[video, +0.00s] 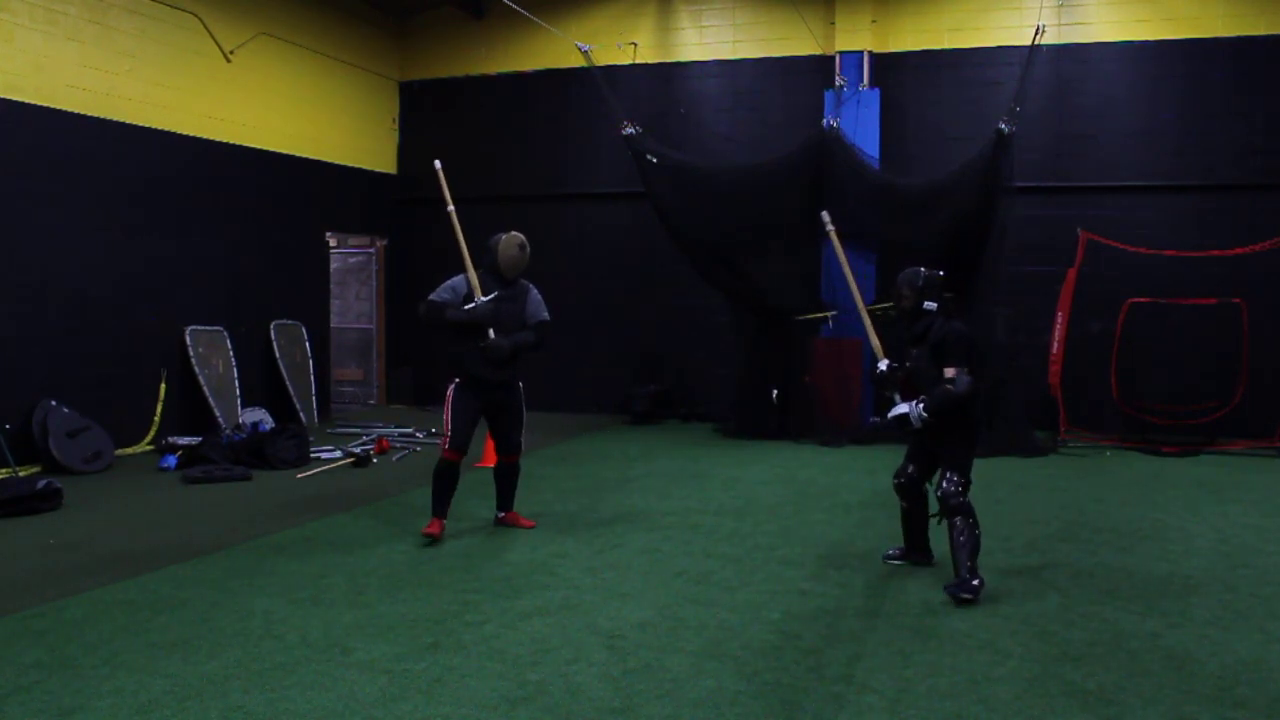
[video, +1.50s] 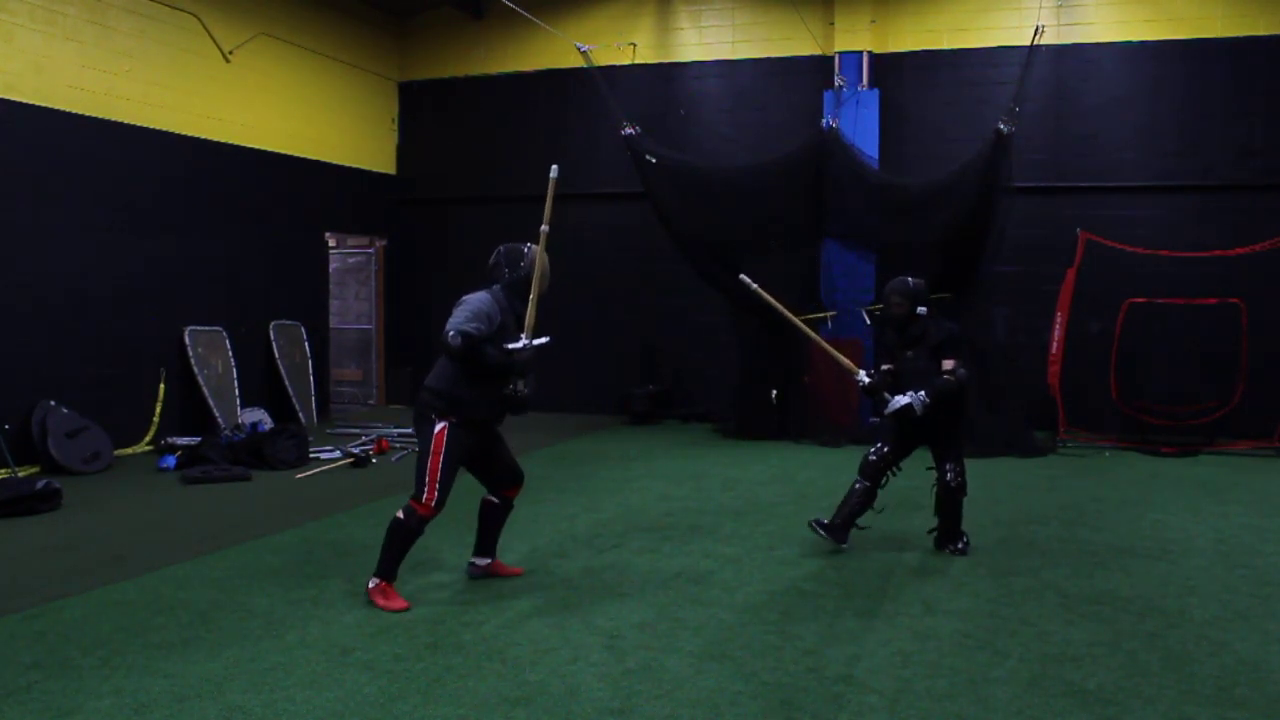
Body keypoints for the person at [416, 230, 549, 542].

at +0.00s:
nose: (515, 260)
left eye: (520, 255)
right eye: (509, 253)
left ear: (524, 261)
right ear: (493, 255)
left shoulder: (527, 293)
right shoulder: (467, 284)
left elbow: (542, 332)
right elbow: (430, 309)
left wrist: (508, 344)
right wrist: (469, 313)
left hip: (507, 384)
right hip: (467, 381)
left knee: (510, 451)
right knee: (453, 450)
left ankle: (505, 512)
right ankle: (438, 518)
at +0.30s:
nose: (515, 261)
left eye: (518, 254)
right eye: (508, 253)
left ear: (518, 261)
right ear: (489, 255)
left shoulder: (515, 297)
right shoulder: (457, 287)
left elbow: (530, 337)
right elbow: (423, 316)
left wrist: (505, 351)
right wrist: (469, 319)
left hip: (494, 389)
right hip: (456, 388)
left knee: (517, 453)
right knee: (454, 461)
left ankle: (505, 504)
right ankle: (446, 535)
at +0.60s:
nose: (528, 263)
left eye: (529, 256)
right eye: (523, 255)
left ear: (516, 259)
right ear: (504, 256)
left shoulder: (516, 299)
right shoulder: (467, 287)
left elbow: (530, 344)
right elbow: (440, 321)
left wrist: (519, 359)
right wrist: (492, 327)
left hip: (494, 392)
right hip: (457, 391)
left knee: (510, 467)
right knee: (455, 469)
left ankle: (522, 539)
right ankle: (446, 538)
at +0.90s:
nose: (556, 283)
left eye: (558, 275)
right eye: (551, 274)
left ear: (548, 276)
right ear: (532, 271)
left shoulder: (541, 315)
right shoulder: (490, 300)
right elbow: (473, 340)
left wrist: (542, 372)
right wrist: (531, 343)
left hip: (507, 407)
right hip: (468, 404)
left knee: (535, 472)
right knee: (455, 476)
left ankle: (524, 550)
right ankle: (417, 545)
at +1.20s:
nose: (547, 298)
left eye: (549, 291)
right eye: (543, 289)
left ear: (525, 285)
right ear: (525, 285)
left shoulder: (526, 325)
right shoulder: (488, 311)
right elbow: (464, 345)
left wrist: (526, 398)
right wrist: (519, 361)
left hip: (492, 417)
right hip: (457, 416)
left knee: (534, 476)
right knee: (442, 501)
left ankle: (523, 552)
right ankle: (396, 577)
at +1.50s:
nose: (538, 285)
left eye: (539, 277)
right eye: (533, 276)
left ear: (514, 275)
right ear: (515, 274)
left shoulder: (514, 317)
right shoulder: (482, 303)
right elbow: (456, 341)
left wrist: (517, 391)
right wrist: (509, 357)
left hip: (474, 417)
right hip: (443, 415)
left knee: (508, 481)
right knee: (427, 501)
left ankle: (483, 560)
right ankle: (380, 582)